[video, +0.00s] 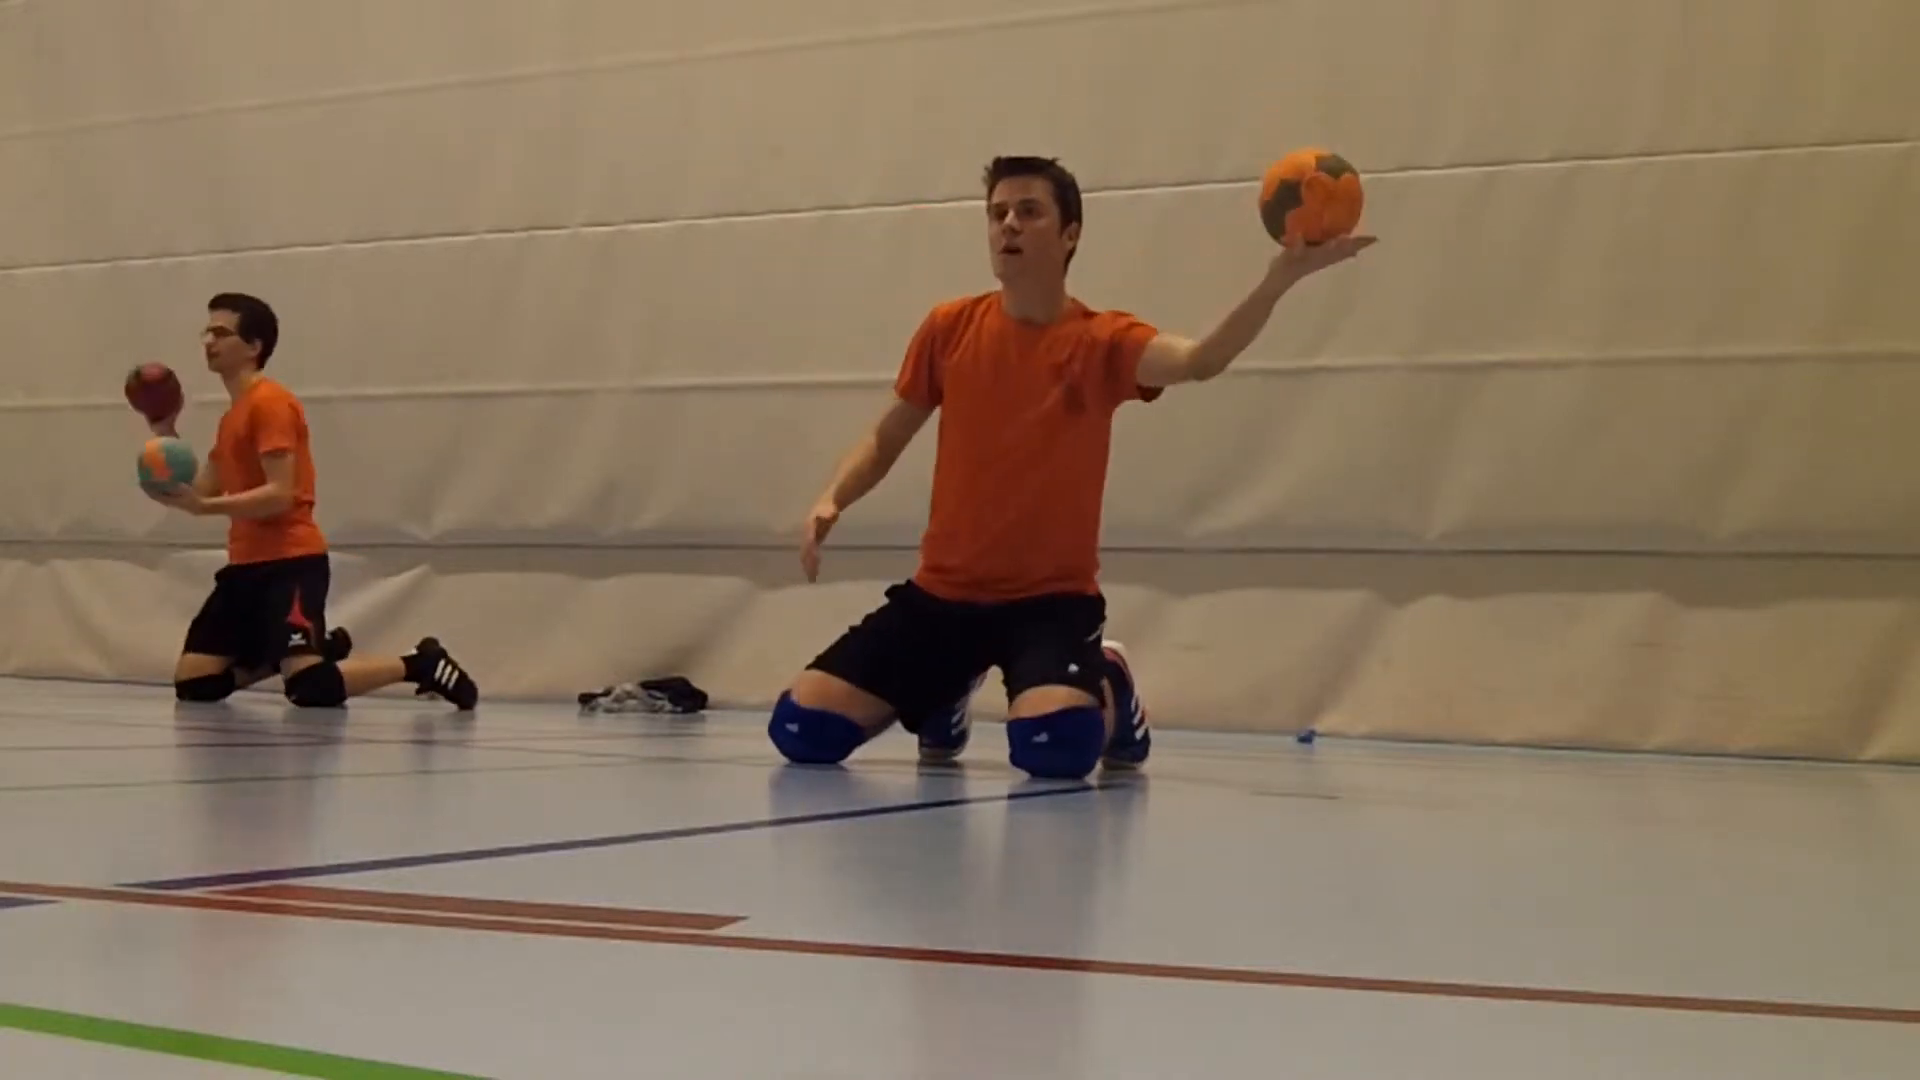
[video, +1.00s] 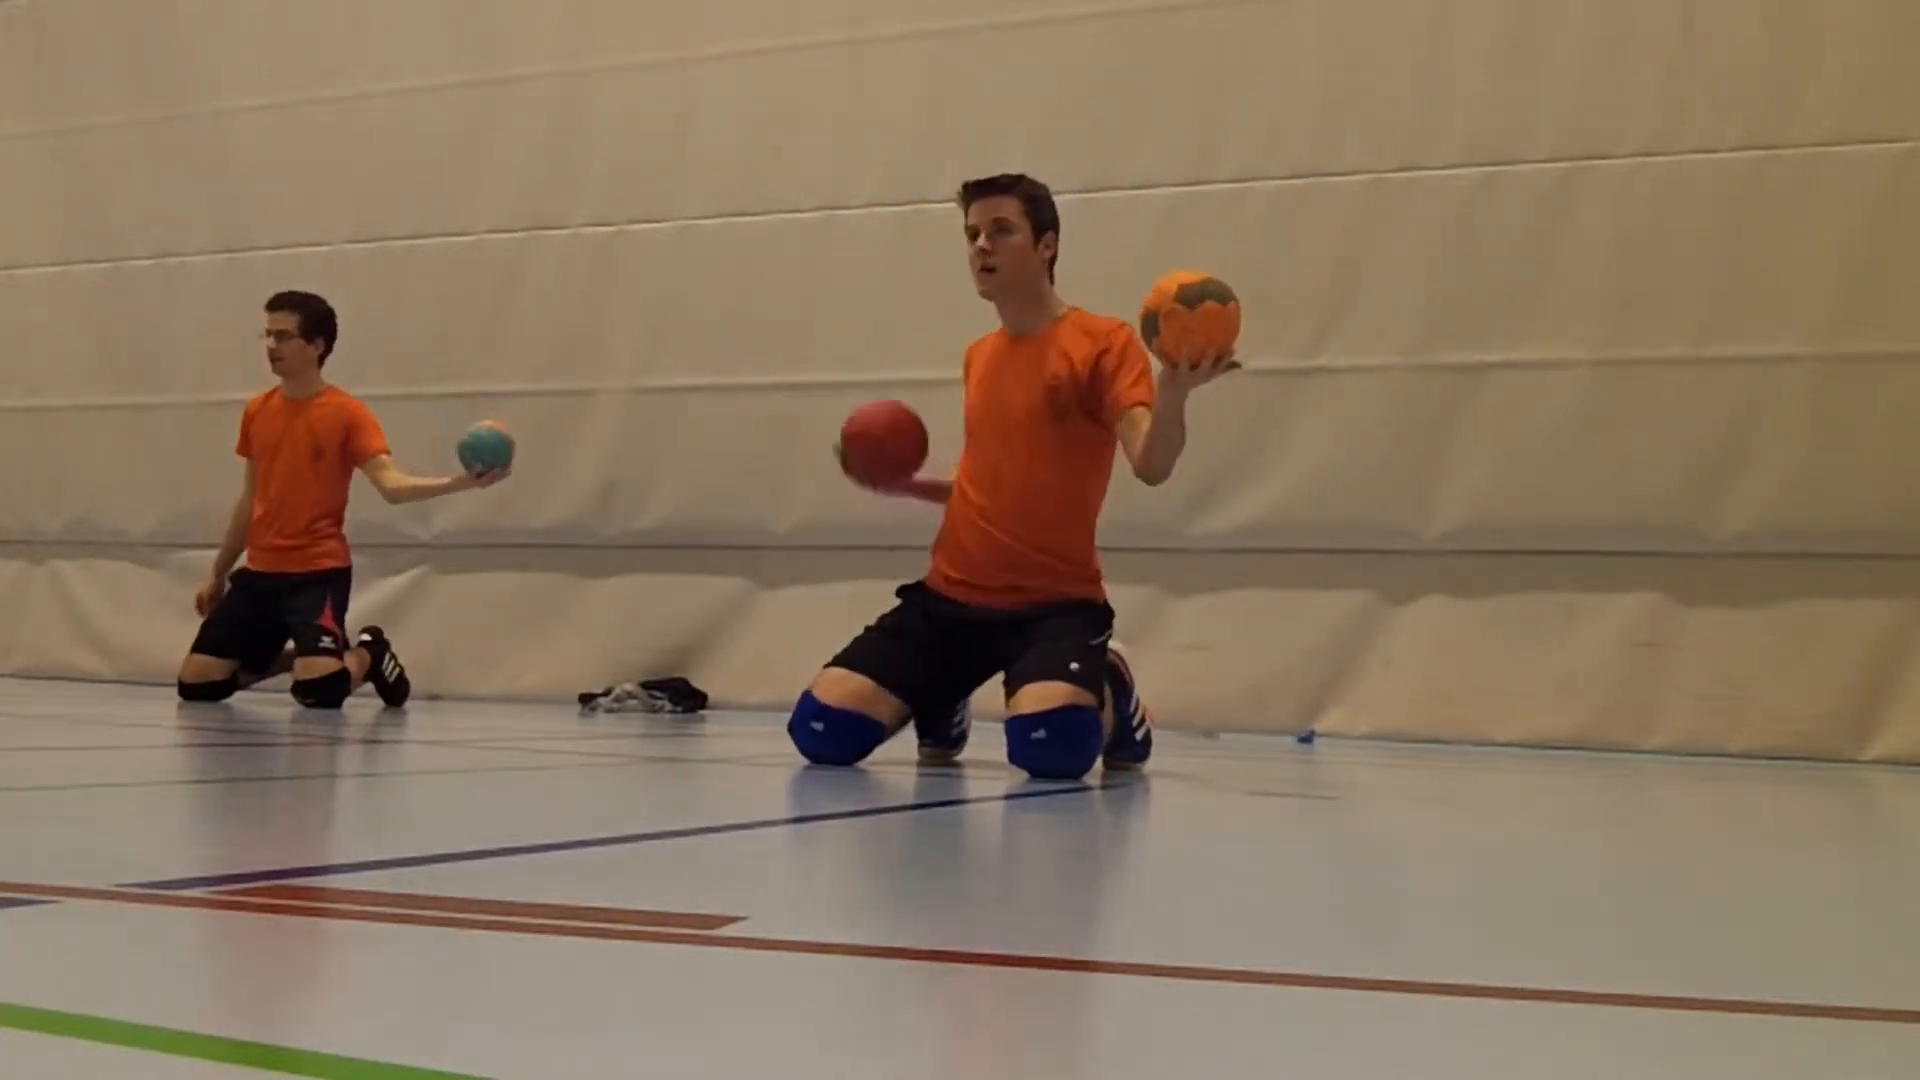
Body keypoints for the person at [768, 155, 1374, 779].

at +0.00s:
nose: (1008, 225)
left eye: (1028, 211)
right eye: (997, 213)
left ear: (1068, 235)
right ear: (985, 234)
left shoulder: (1101, 339)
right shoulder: (950, 329)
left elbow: (1200, 359)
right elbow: (887, 439)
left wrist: (1287, 272)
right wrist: (833, 498)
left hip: (1051, 603)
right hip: (942, 597)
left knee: (1050, 754)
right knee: (799, 736)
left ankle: (1110, 689)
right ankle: (937, 684)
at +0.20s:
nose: (1002, 225)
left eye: (1022, 211)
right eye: (991, 214)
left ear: (1063, 236)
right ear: (980, 236)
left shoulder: (1100, 344)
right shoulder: (945, 336)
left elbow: (1187, 415)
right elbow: (888, 456)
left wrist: (1257, 346)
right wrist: (861, 468)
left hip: (1052, 603)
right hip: (943, 597)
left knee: (1052, 753)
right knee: (800, 734)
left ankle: (1109, 685)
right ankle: (938, 683)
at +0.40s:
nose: (996, 220)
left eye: (1017, 207)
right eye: (988, 209)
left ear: (1060, 231)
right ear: (979, 230)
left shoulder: (1105, 341)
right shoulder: (951, 333)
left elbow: (1166, 443)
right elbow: (877, 448)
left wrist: (1219, 382)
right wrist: (850, 347)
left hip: (1057, 595)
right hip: (951, 590)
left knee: (1039, 752)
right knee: (816, 737)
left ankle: (1110, 684)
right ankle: (946, 684)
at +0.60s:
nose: (1000, 238)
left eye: (1020, 224)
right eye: (994, 228)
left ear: (1068, 243)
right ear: (988, 245)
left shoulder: (1112, 349)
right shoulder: (968, 346)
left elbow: (1147, 466)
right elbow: (941, 474)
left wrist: (1184, 405)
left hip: (1059, 602)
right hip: (956, 597)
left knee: (1044, 749)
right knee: (822, 734)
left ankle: (1107, 684)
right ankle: (945, 686)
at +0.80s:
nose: (998, 241)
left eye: (1019, 229)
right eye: (992, 232)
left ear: (1064, 252)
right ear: (983, 254)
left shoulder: (1113, 360)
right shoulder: (965, 353)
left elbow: (1146, 484)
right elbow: (946, 470)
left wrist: (1175, 430)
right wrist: (896, 515)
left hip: (1063, 605)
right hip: (963, 598)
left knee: (1049, 750)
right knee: (828, 735)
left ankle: (1114, 689)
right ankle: (942, 689)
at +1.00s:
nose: (981, 246)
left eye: (1001, 231)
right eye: (973, 235)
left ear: (1046, 248)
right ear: (966, 253)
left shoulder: (1104, 342)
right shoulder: (981, 356)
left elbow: (1152, 465)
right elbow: (987, 492)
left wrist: (1174, 391)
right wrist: (902, 482)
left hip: (1056, 607)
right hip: (952, 601)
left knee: (1049, 751)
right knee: (819, 735)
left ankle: (1109, 686)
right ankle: (936, 686)